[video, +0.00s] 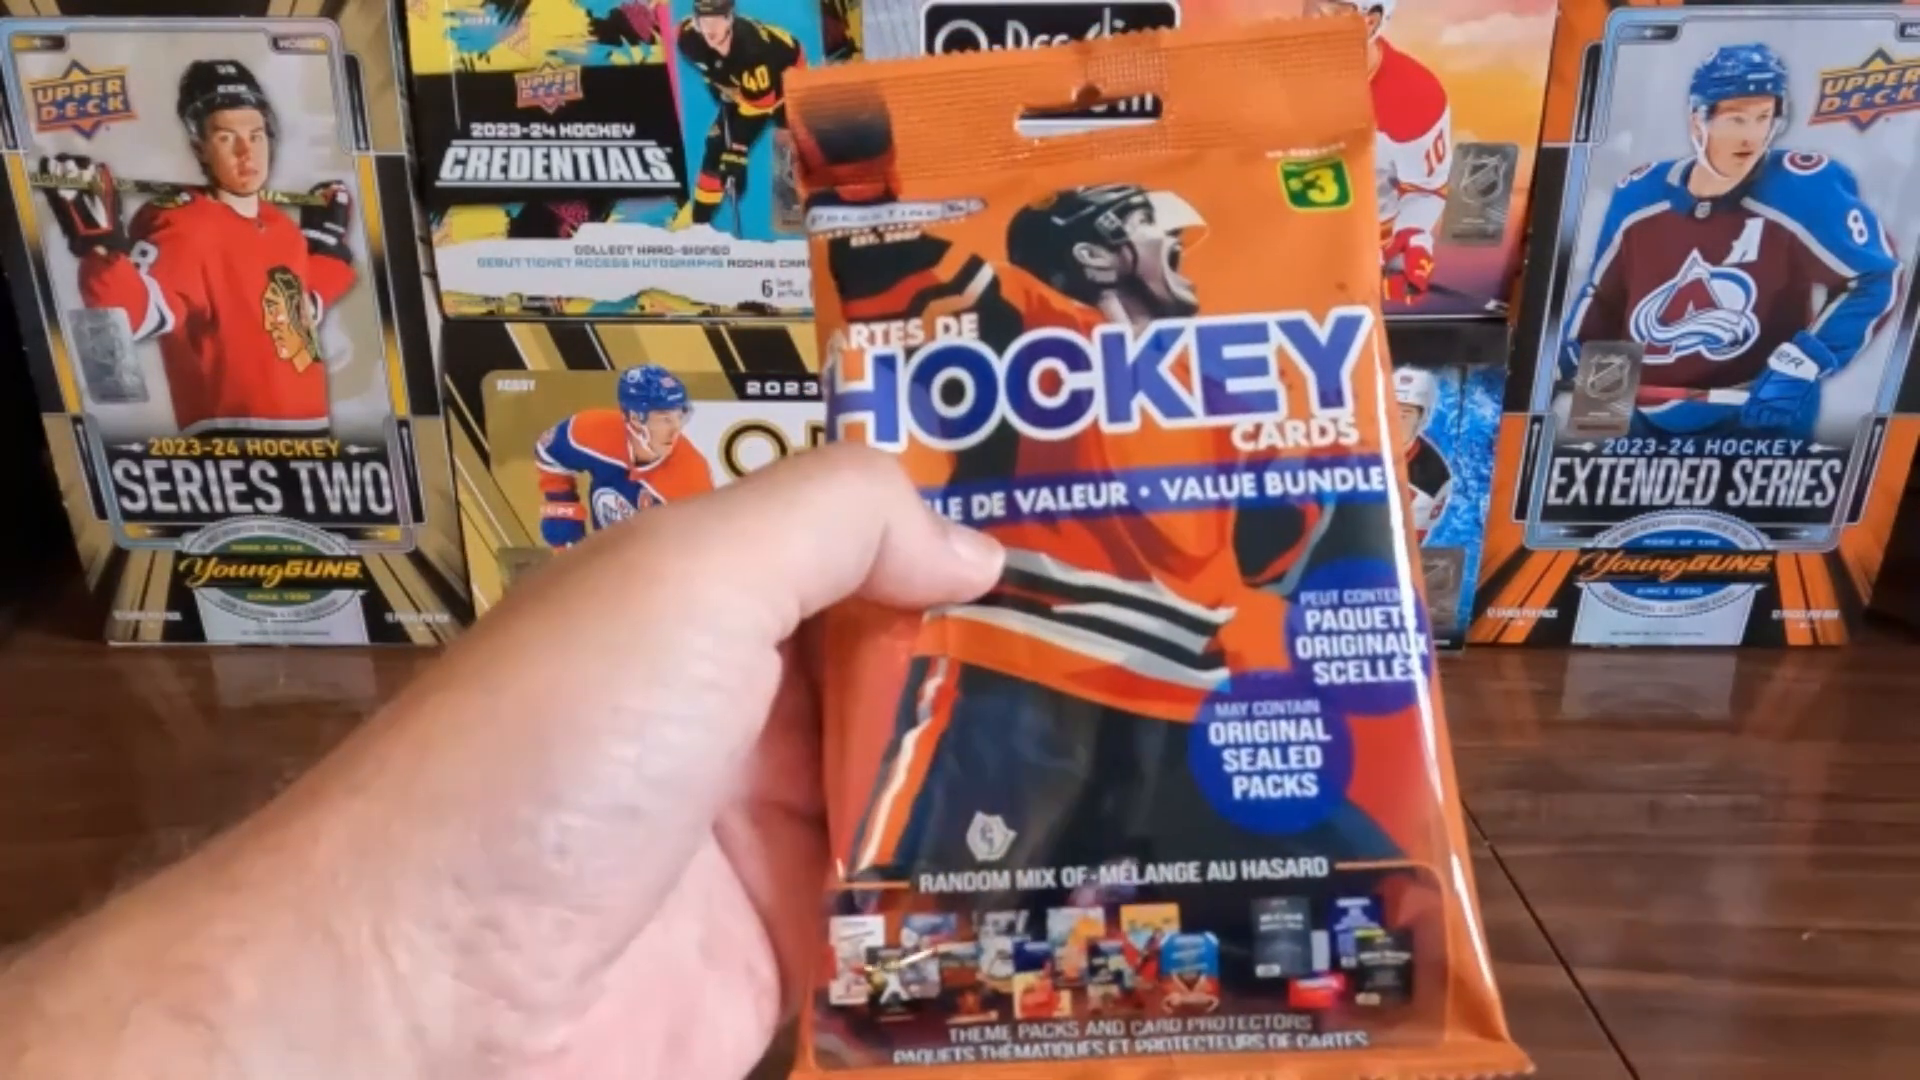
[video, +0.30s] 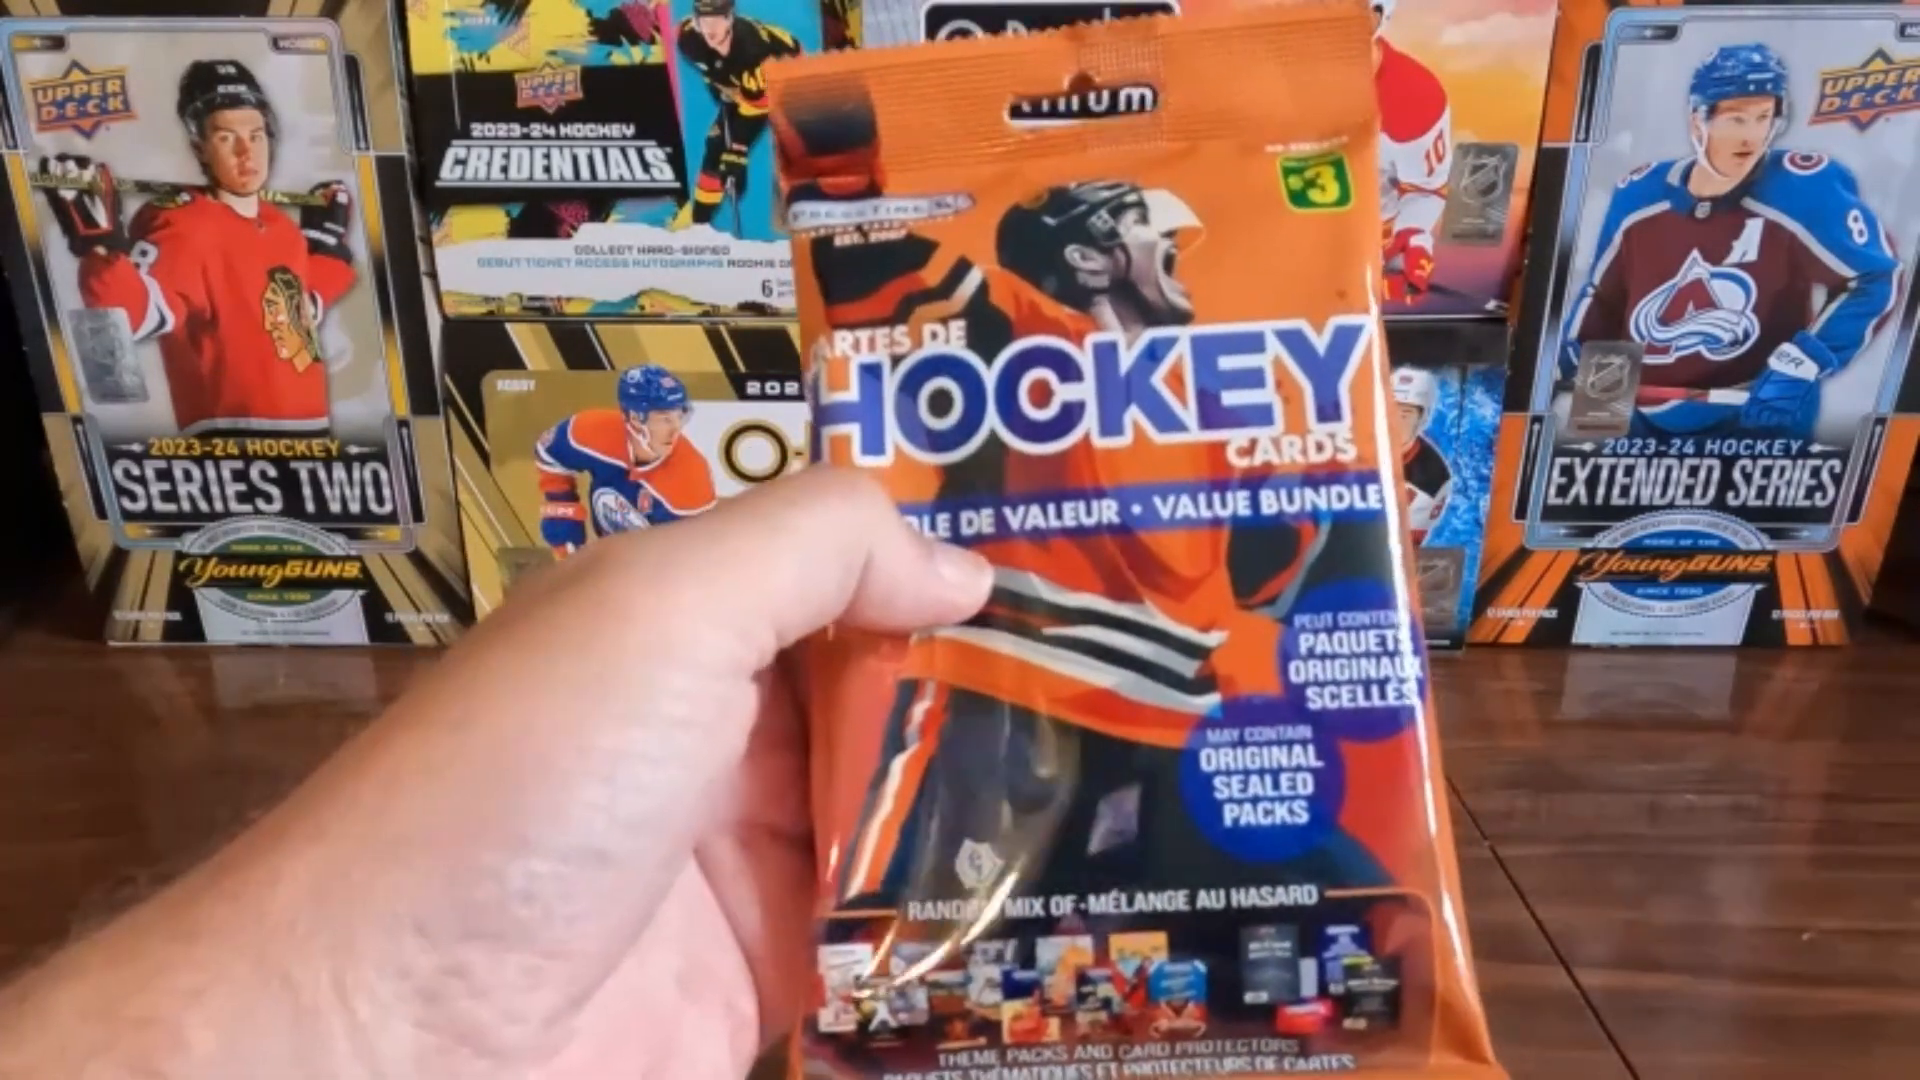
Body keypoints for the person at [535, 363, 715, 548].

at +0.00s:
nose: (676, 430)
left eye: (680, 418)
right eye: (664, 419)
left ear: (685, 417)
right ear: (635, 420)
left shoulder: (691, 476)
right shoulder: (593, 432)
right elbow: (550, 453)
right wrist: (566, 532)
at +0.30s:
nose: (676, 430)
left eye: (679, 418)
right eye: (664, 419)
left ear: (685, 417)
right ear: (634, 420)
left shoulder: (691, 477)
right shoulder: (592, 432)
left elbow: (701, 547)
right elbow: (550, 454)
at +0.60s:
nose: (676, 430)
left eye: (679, 419)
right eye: (665, 420)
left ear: (685, 416)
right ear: (634, 420)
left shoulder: (694, 475)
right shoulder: (592, 431)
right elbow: (549, 454)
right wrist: (564, 519)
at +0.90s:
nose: (676, 430)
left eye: (679, 418)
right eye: (665, 420)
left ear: (684, 417)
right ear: (635, 420)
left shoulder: (692, 475)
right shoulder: (591, 431)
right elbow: (550, 454)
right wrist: (565, 527)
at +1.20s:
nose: (675, 430)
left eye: (679, 419)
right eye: (664, 419)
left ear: (684, 417)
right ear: (634, 420)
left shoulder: (691, 476)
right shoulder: (593, 431)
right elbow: (550, 454)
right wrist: (564, 524)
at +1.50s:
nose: (676, 430)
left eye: (680, 418)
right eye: (664, 419)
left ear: (685, 416)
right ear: (635, 420)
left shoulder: (692, 476)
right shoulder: (594, 431)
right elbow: (550, 454)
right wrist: (565, 531)